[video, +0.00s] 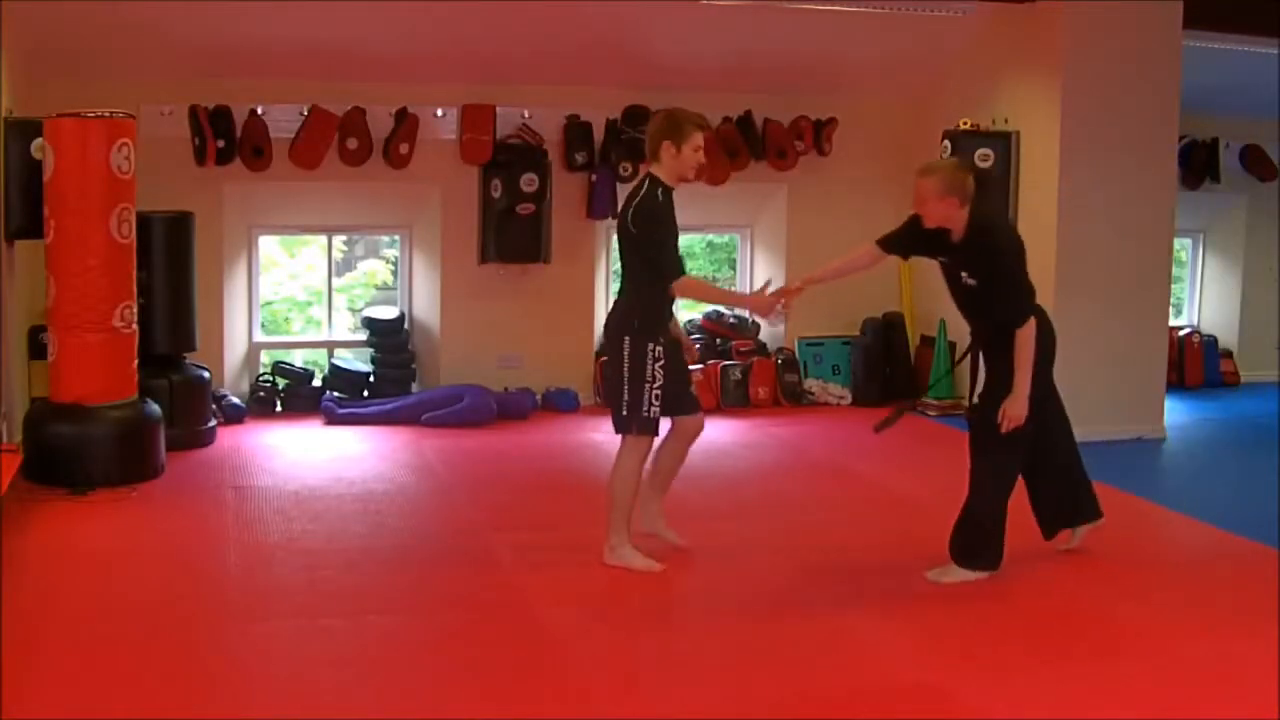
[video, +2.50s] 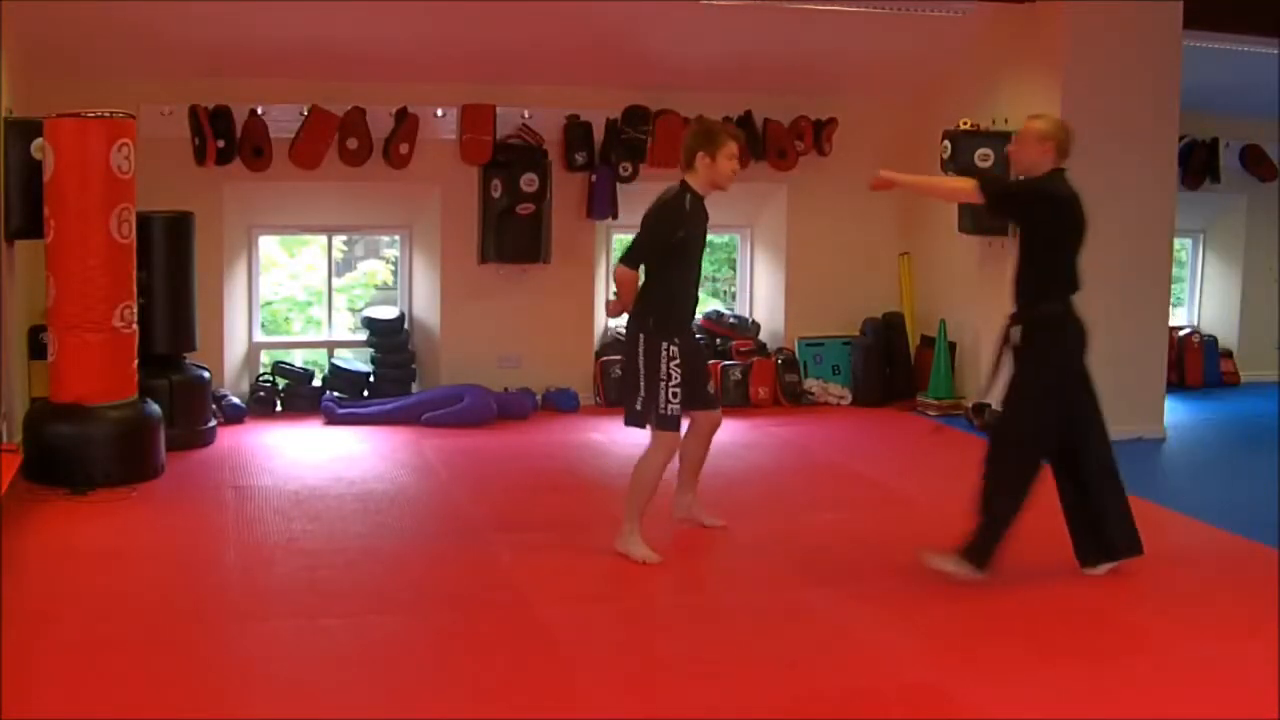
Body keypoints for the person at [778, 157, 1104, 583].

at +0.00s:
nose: (917, 209)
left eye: (925, 201)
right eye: (918, 201)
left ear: (954, 203)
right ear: (942, 203)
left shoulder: (997, 240)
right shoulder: (931, 230)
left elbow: (1024, 321)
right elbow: (871, 254)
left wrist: (1020, 394)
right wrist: (804, 282)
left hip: (1023, 345)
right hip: (997, 341)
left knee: (991, 433)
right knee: (1039, 423)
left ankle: (977, 556)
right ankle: (1079, 510)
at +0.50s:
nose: (909, 210)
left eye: (913, 202)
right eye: (910, 202)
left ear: (936, 207)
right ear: (941, 203)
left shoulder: (985, 239)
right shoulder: (944, 233)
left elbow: (1012, 324)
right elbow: (881, 260)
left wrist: (1002, 398)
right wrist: (809, 279)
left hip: (1029, 345)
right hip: (1040, 333)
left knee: (996, 450)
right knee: (1068, 432)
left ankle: (979, 560)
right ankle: (1107, 523)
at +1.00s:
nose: (1031, 197)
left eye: (1037, 188)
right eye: (1032, 189)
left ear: (1065, 189)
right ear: (1064, 191)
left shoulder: (1094, 232)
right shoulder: (1078, 231)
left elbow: (1099, 299)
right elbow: (1043, 258)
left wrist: (1093, 351)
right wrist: (1006, 272)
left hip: (1108, 355)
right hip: (1115, 352)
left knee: (1058, 455)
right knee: (1114, 454)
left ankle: (1000, 554)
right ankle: (1146, 543)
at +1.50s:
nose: (1077, 193)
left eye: (1082, 184)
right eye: (1077, 185)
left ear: (1110, 184)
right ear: (1108, 185)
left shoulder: (1150, 219)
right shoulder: (1133, 224)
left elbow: (1202, 277)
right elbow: (1186, 280)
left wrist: (1232, 320)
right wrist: (1224, 322)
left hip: (1192, 354)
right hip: (1167, 354)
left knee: (1210, 456)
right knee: (1156, 447)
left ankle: (1263, 559)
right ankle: (1156, 547)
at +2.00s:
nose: (1126, 164)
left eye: (1132, 154)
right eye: (1127, 155)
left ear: (1161, 157)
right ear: (1161, 158)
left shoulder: (1174, 206)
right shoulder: (1168, 204)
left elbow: (1090, 223)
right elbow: (1095, 223)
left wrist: (1017, 216)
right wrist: (1022, 218)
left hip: (1176, 347)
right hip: (1148, 346)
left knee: (1204, 455)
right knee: (1121, 445)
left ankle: (1255, 558)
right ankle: (1128, 548)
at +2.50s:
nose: (1011, 147)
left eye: (1021, 139)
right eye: (1015, 139)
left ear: (1047, 150)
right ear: (1047, 151)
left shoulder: (1046, 196)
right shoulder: (1054, 194)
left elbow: (967, 190)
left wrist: (899, 180)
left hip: (1047, 332)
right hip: (1054, 328)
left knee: (1015, 440)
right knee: (1073, 437)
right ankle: (1104, 544)